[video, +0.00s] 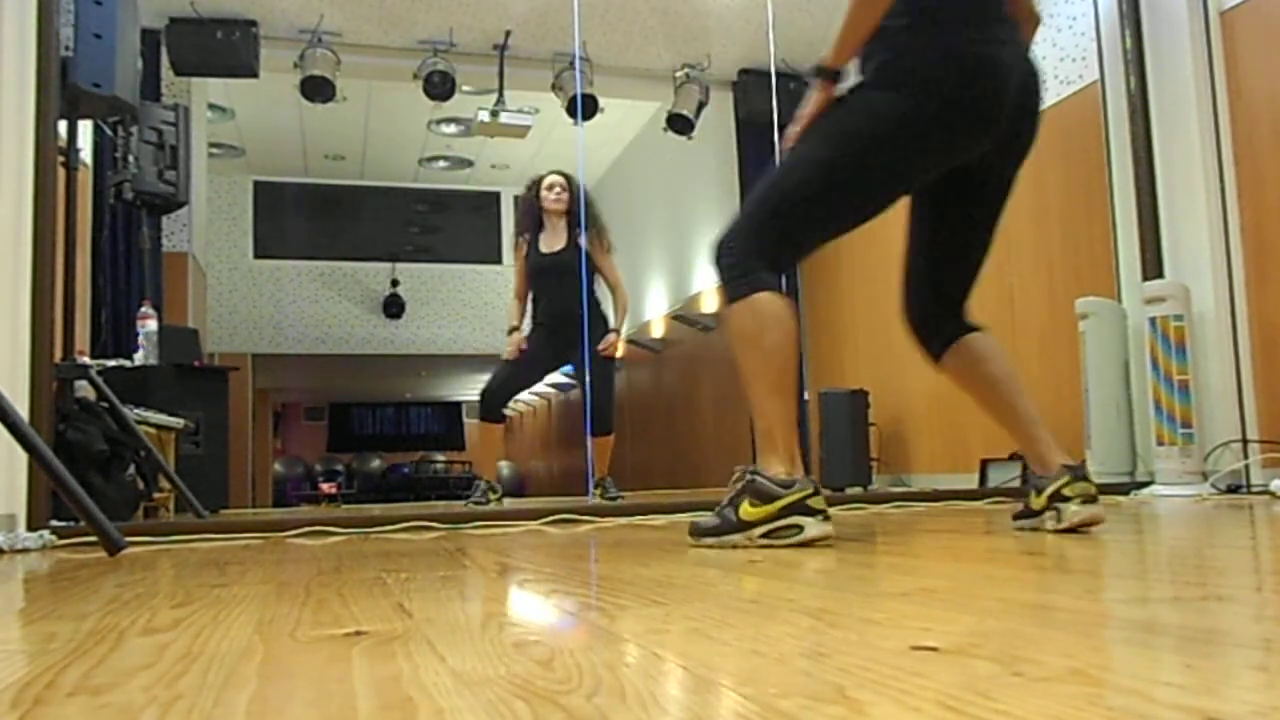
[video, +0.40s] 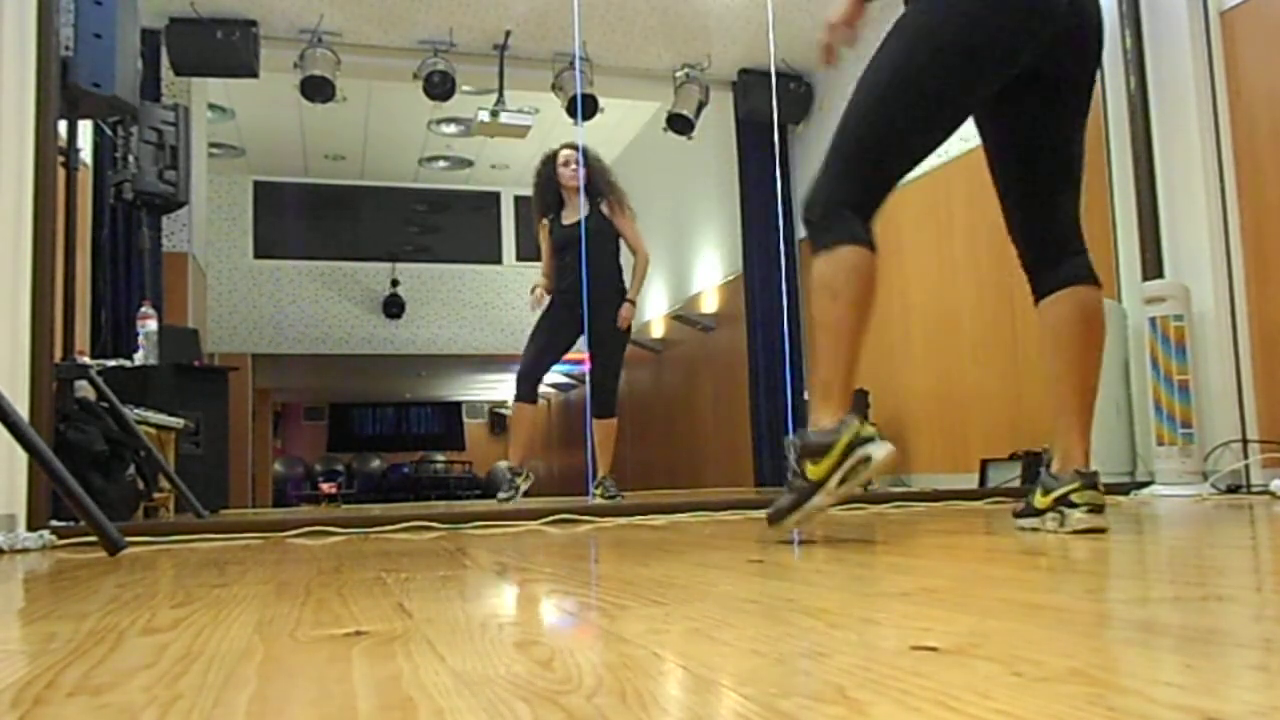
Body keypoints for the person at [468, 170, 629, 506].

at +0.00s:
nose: (557, 194)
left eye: (563, 189)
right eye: (550, 189)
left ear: (572, 199)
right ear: (537, 199)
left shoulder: (587, 238)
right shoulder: (527, 245)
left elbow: (618, 289)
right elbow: (520, 296)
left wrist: (618, 330)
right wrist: (515, 330)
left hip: (589, 337)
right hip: (545, 340)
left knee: (601, 405)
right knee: (491, 398)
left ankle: (601, 480)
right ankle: (488, 483)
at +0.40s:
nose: (574, 169)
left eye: (579, 164)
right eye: (566, 165)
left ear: (588, 171)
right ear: (554, 174)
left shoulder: (607, 206)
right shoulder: (549, 224)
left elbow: (642, 254)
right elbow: (548, 276)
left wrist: (631, 300)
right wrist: (542, 285)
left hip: (608, 308)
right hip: (565, 307)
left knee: (603, 391)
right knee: (526, 376)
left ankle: (604, 478)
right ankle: (515, 470)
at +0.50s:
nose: (575, 170)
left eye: (580, 164)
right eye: (567, 166)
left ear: (590, 172)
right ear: (556, 176)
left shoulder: (611, 207)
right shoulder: (551, 224)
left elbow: (645, 254)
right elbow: (549, 278)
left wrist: (632, 299)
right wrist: (541, 277)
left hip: (606, 309)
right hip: (562, 308)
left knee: (604, 393)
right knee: (538, 388)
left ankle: (603, 478)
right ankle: (519, 477)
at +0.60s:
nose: (577, 171)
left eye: (582, 165)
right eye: (569, 166)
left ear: (592, 172)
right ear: (558, 175)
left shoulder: (613, 209)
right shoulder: (552, 222)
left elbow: (644, 257)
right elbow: (540, 282)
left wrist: (632, 298)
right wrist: (541, 252)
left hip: (605, 310)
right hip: (561, 308)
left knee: (604, 394)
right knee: (543, 391)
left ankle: (602, 478)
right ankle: (520, 477)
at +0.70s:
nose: (577, 176)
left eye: (583, 170)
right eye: (569, 170)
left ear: (592, 177)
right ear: (557, 179)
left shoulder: (613, 211)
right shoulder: (552, 219)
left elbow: (644, 260)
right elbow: (539, 274)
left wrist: (633, 299)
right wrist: (542, 230)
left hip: (607, 311)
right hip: (562, 310)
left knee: (611, 395)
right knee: (536, 388)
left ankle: (601, 477)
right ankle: (517, 478)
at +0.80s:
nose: (575, 184)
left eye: (581, 179)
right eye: (568, 179)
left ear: (590, 186)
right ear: (555, 188)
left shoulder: (610, 221)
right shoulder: (550, 230)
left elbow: (645, 266)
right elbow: (553, 262)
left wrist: (637, 305)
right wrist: (554, 214)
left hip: (611, 319)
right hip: (568, 318)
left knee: (616, 401)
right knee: (522, 387)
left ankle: (604, 478)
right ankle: (508, 473)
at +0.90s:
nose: (574, 190)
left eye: (580, 186)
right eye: (567, 185)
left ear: (588, 194)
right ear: (553, 194)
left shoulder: (603, 234)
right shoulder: (542, 238)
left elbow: (637, 277)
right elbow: (563, 259)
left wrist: (638, 313)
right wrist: (571, 217)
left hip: (611, 324)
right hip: (569, 323)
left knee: (622, 403)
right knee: (530, 392)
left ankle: (604, 478)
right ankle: (501, 471)